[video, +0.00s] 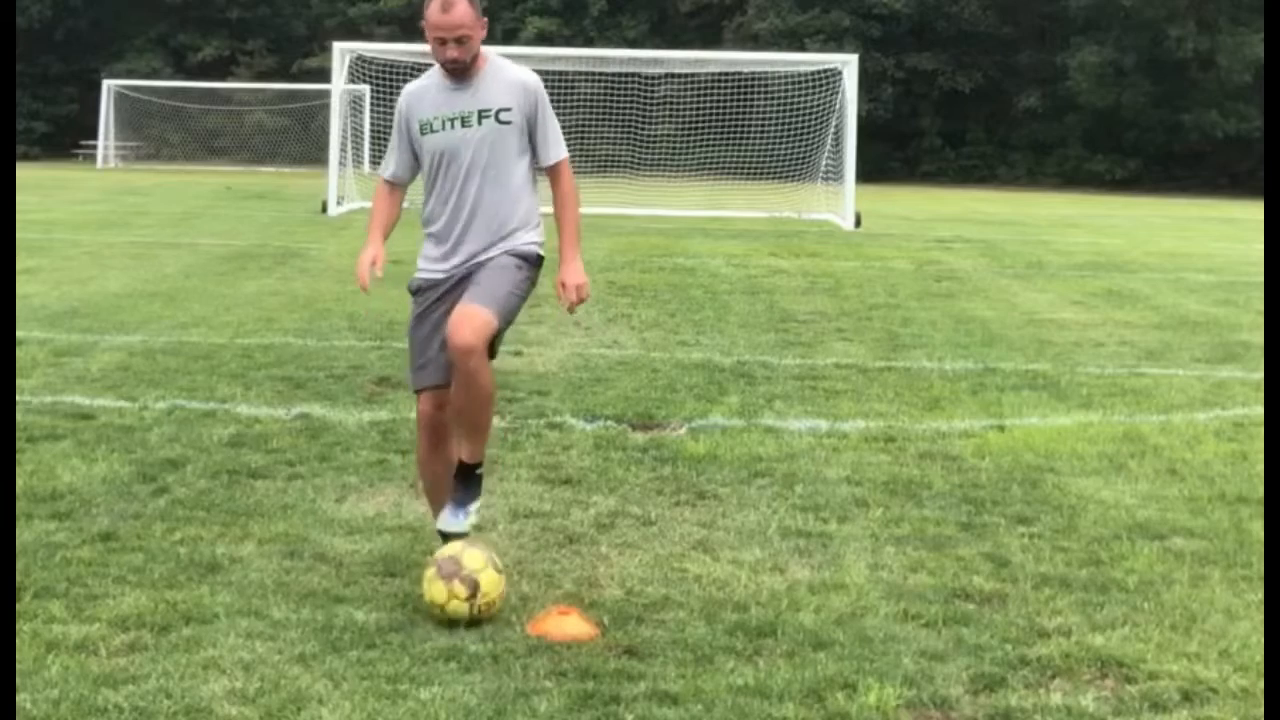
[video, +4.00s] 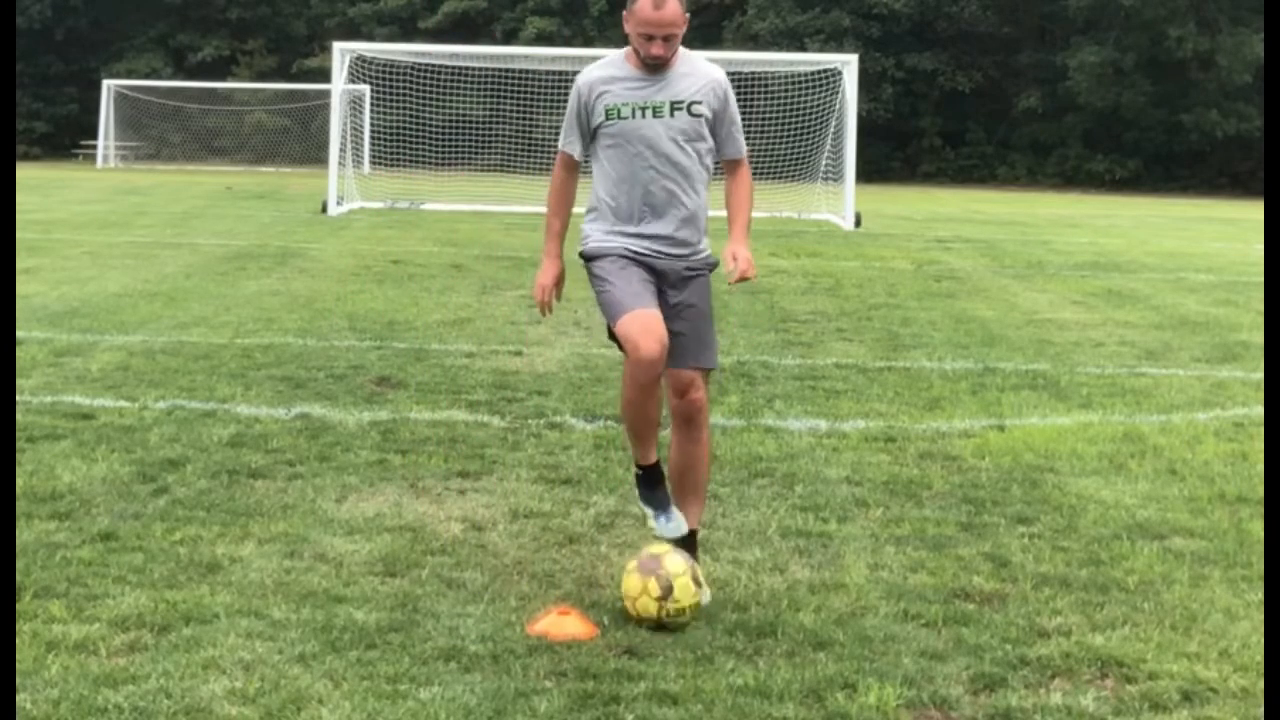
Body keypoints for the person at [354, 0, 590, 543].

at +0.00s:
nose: (451, 53)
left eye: (461, 40)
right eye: (439, 42)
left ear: (483, 29)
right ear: (425, 36)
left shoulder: (522, 86)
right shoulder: (414, 98)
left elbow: (560, 172)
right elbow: (393, 181)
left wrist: (571, 259)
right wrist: (374, 240)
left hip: (509, 249)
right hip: (441, 262)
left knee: (464, 337)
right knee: (431, 410)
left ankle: (469, 477)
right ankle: (448, 542)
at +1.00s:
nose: (464, 61)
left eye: (475, 49)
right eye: (453, 50)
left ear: (494, 36)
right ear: (436, 42)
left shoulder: (533, 94)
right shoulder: (423, 111)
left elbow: (573, 180)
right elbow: (400, 199)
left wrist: (589, 266)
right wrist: (359, 269)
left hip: (528, 279)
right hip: (454, 285)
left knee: (527, 402)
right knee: (441, 416)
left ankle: (492, 534)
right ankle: (462, 541)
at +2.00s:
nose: (523, 68)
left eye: (532, 55)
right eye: (510, 57)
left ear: (544, 43)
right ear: (486, 47)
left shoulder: (570, 97)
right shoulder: (461, 116)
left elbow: (598, 182)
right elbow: (427, 200)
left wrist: (628, 260)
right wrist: (407, 287)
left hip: (578, 276)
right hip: (501, 291)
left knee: (650, 377)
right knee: (487, 426)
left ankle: (649, 532)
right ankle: (478, 557)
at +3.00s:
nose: (631, 83)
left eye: (642, 70)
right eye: (619, 70)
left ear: (657, 64)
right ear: (597, 62)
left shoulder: (677, 120)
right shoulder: (565, 123)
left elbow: (704, 199)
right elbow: (527, 206)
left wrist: (719, 279)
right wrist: (515, 299)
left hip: (650, 283)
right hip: (578, 277)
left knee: (681, 417)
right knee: (592, 370)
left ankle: (675, 561)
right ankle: (592, 499)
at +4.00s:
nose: (659, 48)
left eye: (670, 37)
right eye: (648, 37)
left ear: (686, 27)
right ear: (626, 24)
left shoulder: (711, 83)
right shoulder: (593, 83)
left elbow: (736, 164)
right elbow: (565, 169)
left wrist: (738, 237)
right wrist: (551, 255)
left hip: (686, 256)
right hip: (614, 248)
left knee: (691, 397)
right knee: (648, 346)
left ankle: (687, 543)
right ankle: (648, 474)